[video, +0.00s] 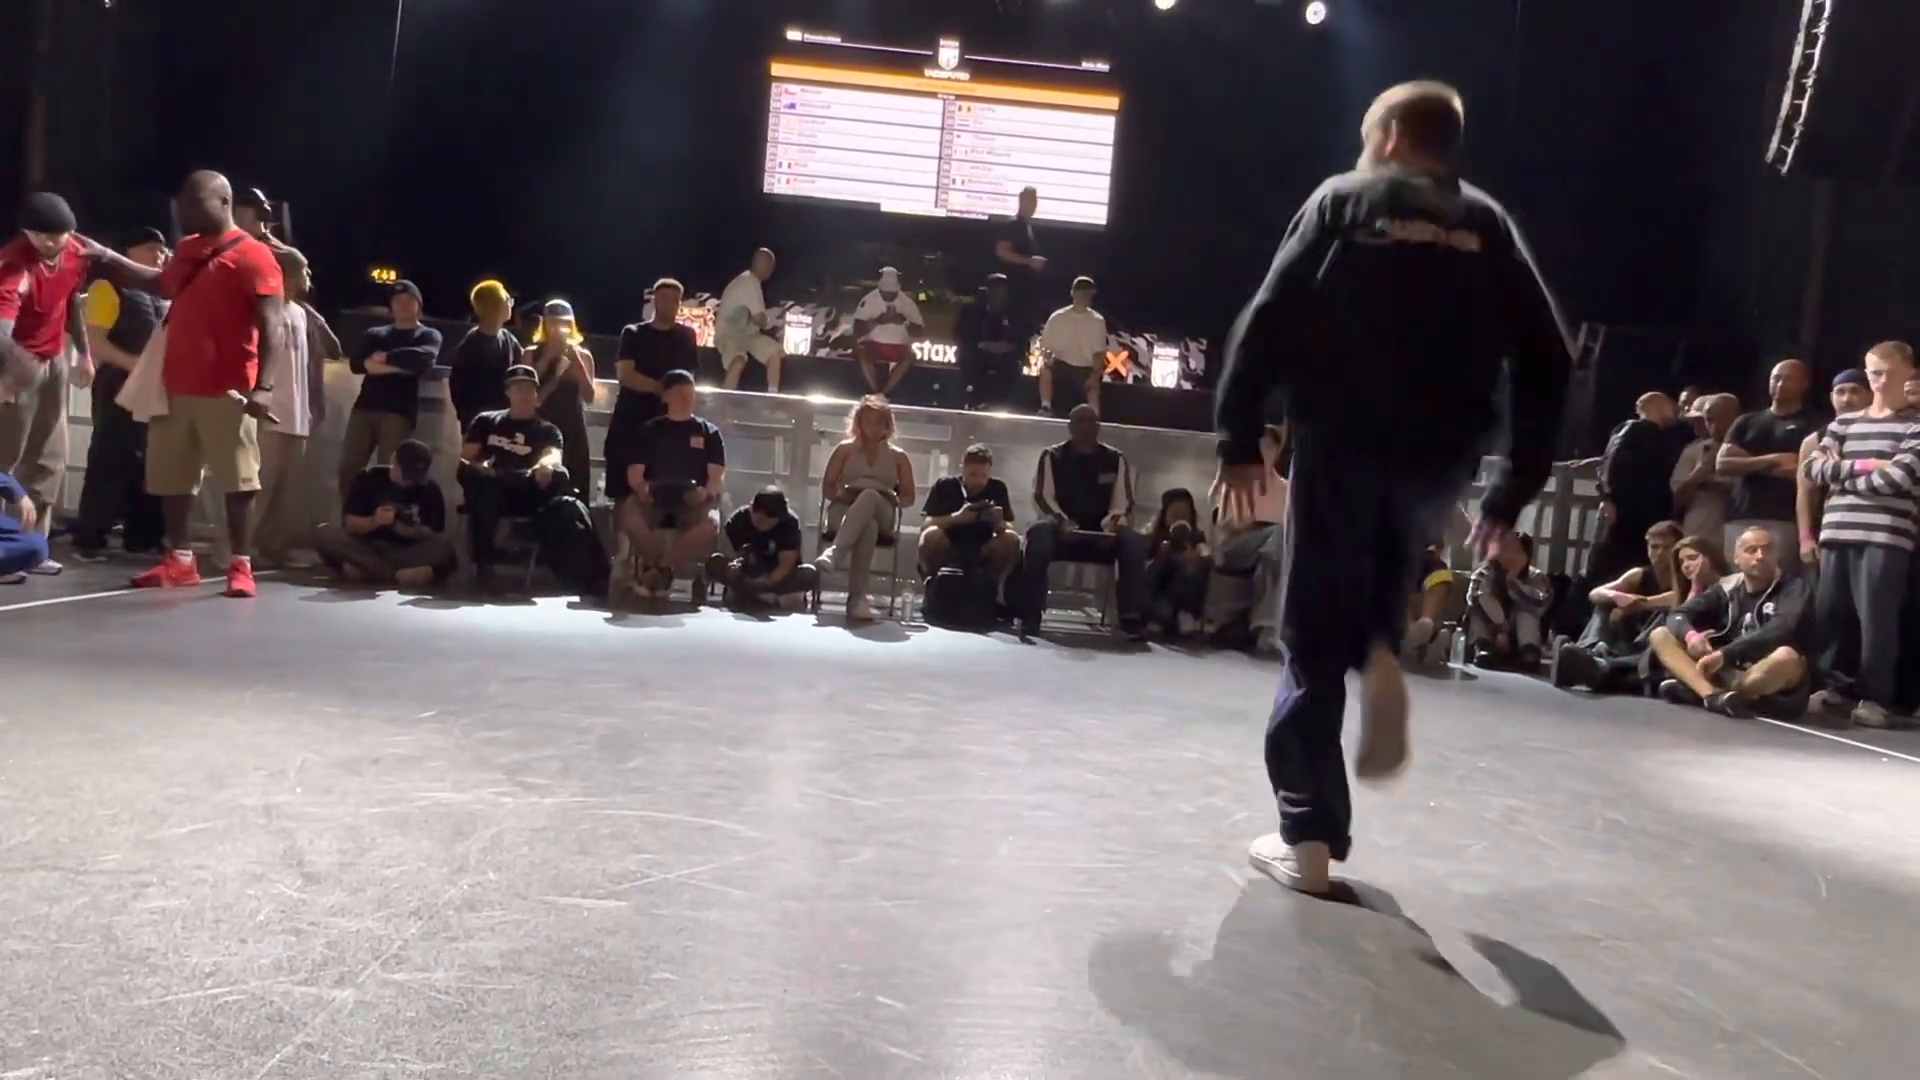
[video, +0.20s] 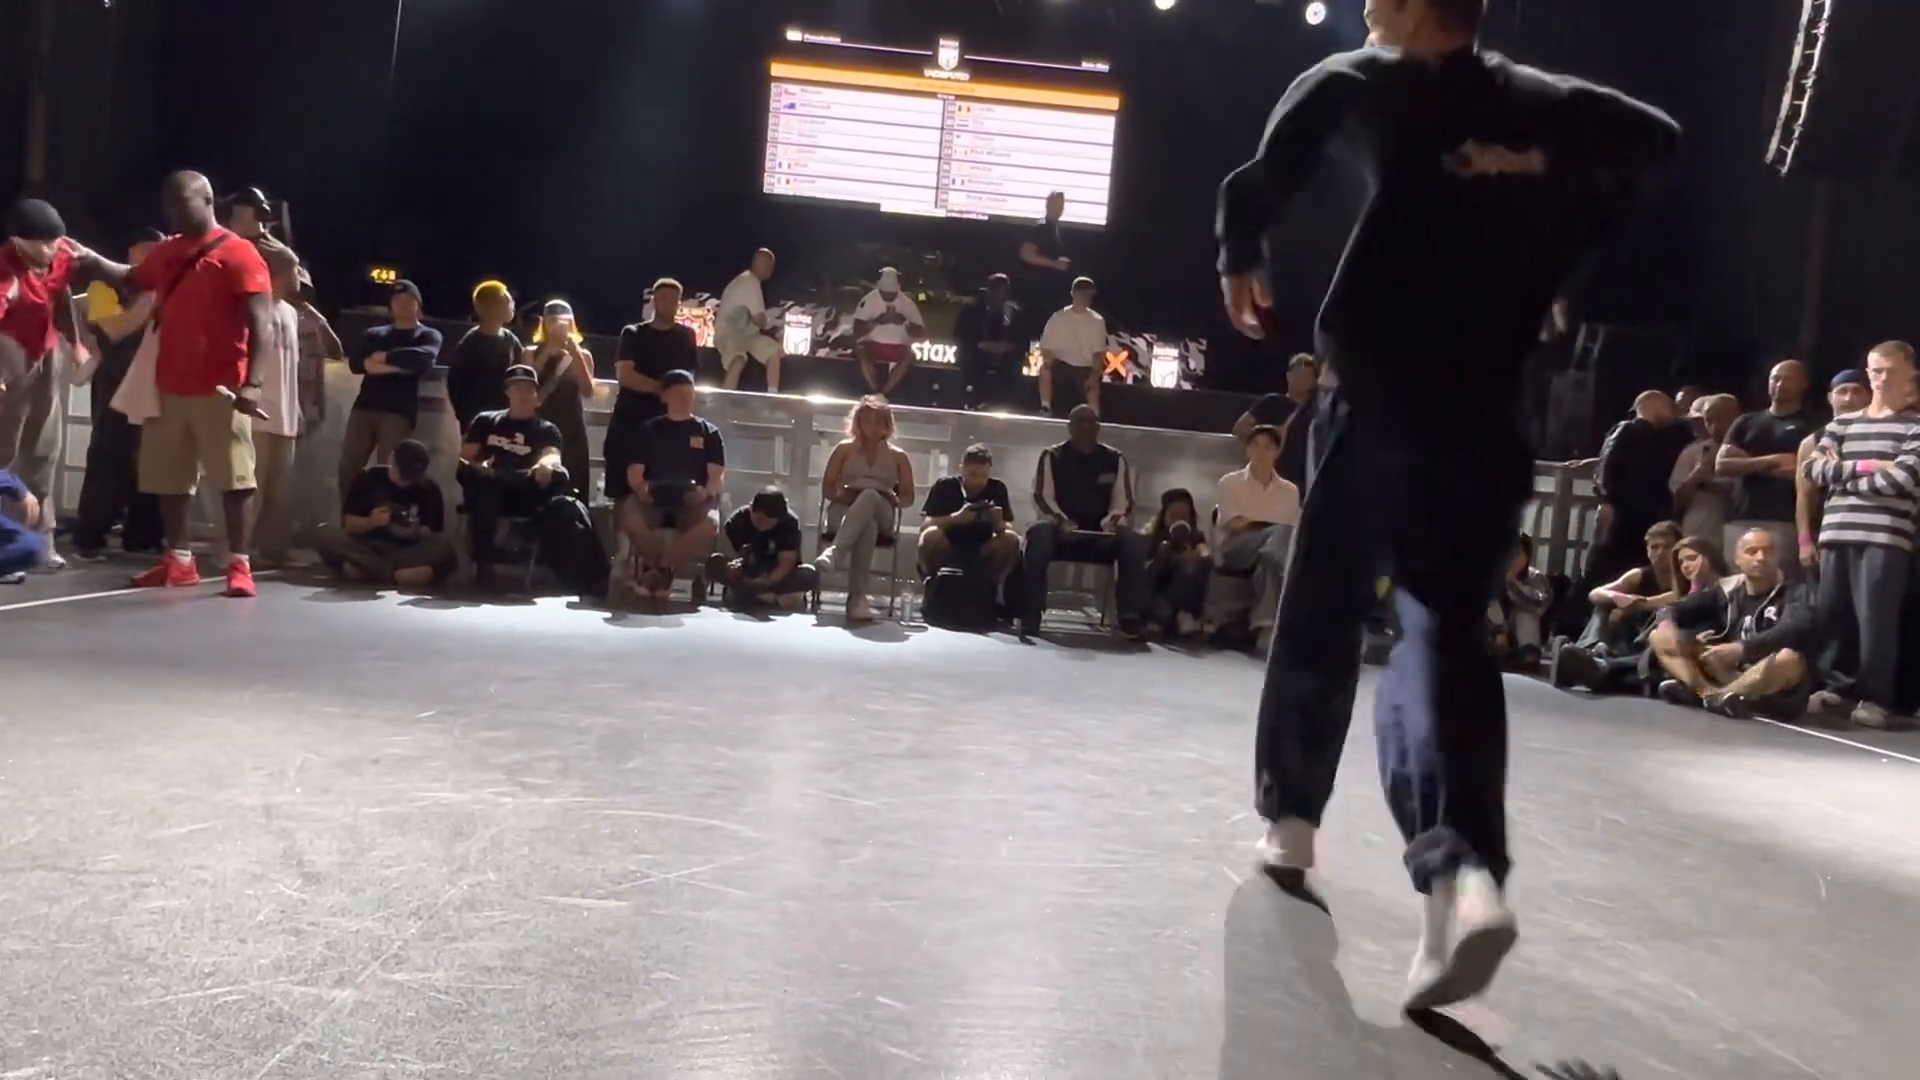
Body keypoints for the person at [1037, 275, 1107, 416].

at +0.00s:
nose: (1083, 296)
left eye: (1086, 292)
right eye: (1079, 291)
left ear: (1091, 295)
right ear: (1072, 293)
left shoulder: (1097, 321)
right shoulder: (1058, 317)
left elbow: (1099, 352)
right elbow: (1045, 345)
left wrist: (1095, 375)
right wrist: (1046, 359)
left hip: (1086, 366)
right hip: (1061, 363)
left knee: (1094, 382)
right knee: (1045, 371)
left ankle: (1094, 418)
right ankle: (1045, 407)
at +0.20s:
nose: (1084, 296)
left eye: (1087, 293)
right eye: (1080, 292)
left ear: (1091, 295)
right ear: (1073, 293)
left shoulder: (1097, 320)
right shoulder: (1059, 317)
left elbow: (1098, 352)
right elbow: (1045, 344)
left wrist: (1095, 375)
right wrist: (1048, 360)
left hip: (1086, 365)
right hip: (1061, 362)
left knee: (1093, 382)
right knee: (1045, 371)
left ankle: (1094, 418)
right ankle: (1045, 407)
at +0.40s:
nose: (1084, 296)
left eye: (1088, 293)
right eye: (1081, 292)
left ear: (1092, 296)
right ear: (1073, 294)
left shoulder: (1097, 322)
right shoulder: (1058, 317)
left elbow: (1099, 353)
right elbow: (1044, 344)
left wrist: (1095, 376)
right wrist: (1046, 356)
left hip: (1085, 366)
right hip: (1061, 363)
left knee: (1094, 382)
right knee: (1044, 371)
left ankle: (1094, 418)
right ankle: (1045, 407)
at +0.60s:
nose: (1086, 299)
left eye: (1089, 295)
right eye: (1082, 294)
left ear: (1092, 297)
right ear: (1074, 295)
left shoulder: (1097, 322)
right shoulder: (1058, 318)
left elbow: (1099, 354)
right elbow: (1044, 344)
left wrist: (1094, 376)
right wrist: (1047, 357)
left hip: (1086, 367)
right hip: (1062, 364)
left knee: (1095, 383)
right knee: (1045, 371)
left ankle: (1094, 418)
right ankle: (1046, 408)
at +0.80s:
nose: (1087, 300)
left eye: (1090, 297)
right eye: (1083, 296)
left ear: (1094, 299)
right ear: (1075, 296)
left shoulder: (1099, 323)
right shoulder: (1060, 319)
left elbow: (1101, 355)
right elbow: (1045, 345)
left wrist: (1096, 378)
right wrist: (1048, 358)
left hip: (1087, 368)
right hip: (1063, 365)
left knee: (1095, 382)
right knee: (1046, 372)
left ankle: (1095, 418)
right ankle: (1046, 409)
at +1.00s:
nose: (1087, 299)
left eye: (1090, 296)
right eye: (1083, 295)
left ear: (1093, 298)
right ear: (1075, 296)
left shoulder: (1099, 322)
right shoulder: (1059, 318)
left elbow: (1101, 354)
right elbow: (1046, 345)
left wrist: (1096, 375)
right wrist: (1048, 358)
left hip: (1088, 366)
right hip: (1063, 364)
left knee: (1096, 382)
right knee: (1047, 371)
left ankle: (1095, 416)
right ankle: (1046, 408)